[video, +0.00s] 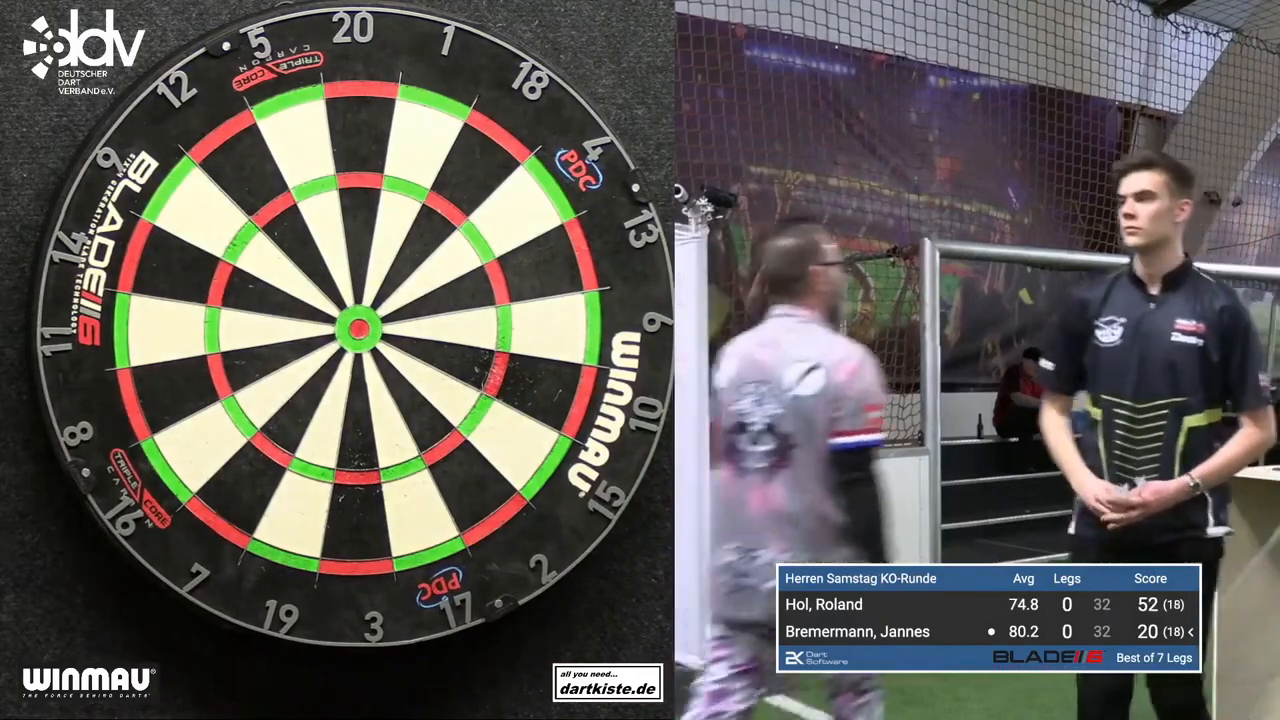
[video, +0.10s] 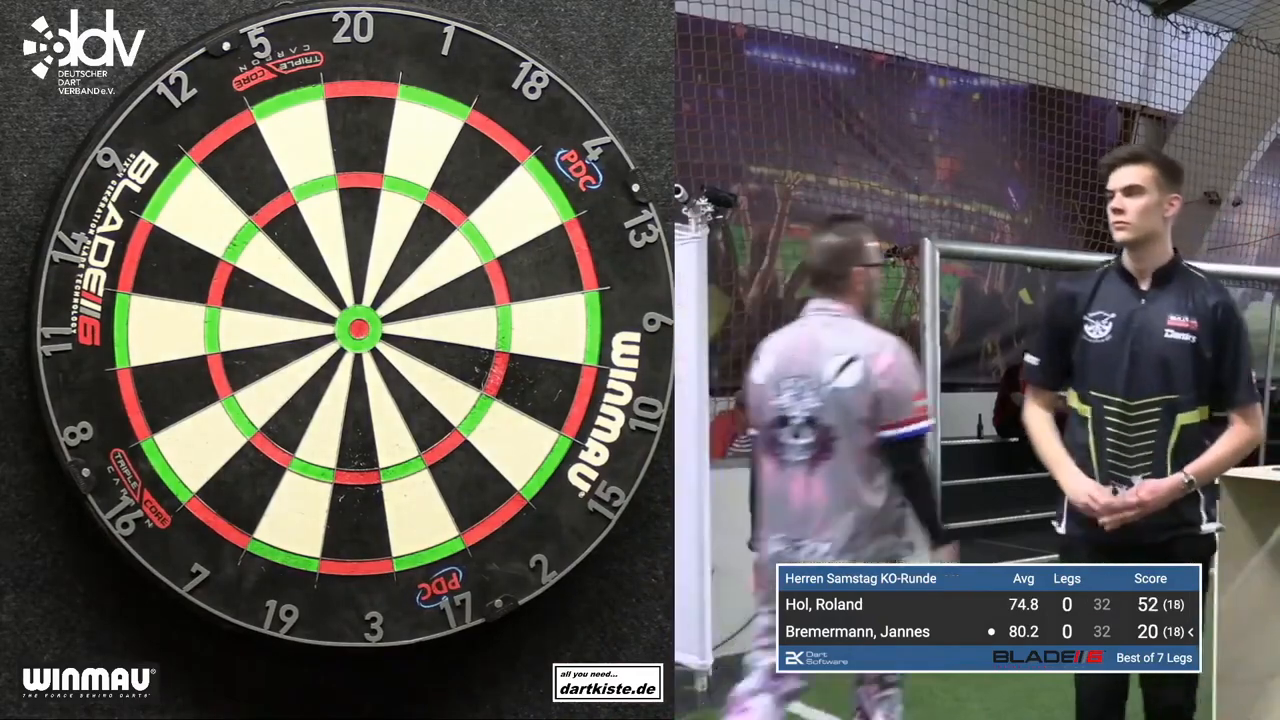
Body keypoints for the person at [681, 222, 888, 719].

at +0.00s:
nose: (844, 274)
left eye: (841, 263)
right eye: (837, 264)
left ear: (773, 278)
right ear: (813, 275)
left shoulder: (732, 355)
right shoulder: (848, 361)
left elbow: (723, 456)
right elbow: (856, 482)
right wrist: (879, 574)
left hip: (740, 559)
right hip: (825, 566)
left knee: (725, 686)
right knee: (856, 685)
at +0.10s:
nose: (879, 276)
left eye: (878, 265)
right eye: (876, 266)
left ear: (816, 273)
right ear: (859, 275)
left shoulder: (768, 352)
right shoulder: (882, 353)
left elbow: (762, 460)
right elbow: (907, 461)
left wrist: (761, 546)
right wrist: (941, 537)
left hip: (784, 549)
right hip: (866, 551)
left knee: (770, 673)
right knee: (879, 679)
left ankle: (746, 714)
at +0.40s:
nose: (950, 278)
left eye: (947, 268)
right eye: (945, 269)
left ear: (887, 277)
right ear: (928, 276)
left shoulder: (849, 352)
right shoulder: (956, 347)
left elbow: (820, 448)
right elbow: (1003, 436)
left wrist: (800, 531)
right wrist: (1039, 503)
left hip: (865, 542)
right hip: (936, 542)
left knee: (900, 662)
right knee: (919, 668)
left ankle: (894, 714)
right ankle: (897, 716)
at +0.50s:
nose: (967, 278)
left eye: (963, 268)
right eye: (961, 269)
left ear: (905, 280)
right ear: (945, 279)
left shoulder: (867, 355)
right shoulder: (973, 349)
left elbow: (843, 449)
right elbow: (1006, 440)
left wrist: (830, 532)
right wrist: (1018, 513)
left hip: (882, 540)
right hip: (952, 540)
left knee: (933, 659)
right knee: (928, 663)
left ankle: (957, 713)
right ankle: (901, 714)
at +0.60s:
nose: (985, 284)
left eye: (981, 274)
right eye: (978, 275)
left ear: (920, 287)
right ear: (960, 285)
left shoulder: (889, 358)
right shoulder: (989, 352)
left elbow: (867, 452)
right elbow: (1018, 435)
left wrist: (866, 534)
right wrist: (1015, 513)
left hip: (902, 539)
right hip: (966, 538)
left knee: (963, 656)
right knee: (938, 663)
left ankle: (975, 709)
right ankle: (911, 714)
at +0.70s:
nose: (1011, 288)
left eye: (1008, 278)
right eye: (1005, 280)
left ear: (955, 291)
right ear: (987, 291)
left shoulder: (922, 361)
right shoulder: (1008, 358)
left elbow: (908, 449)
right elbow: (1036, 439)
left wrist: (912, 529)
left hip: (937, 534)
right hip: (997, 533)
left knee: (960, 650)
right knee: (983, 654)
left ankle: (992, 710)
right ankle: (944, 709)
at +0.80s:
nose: (1026, 288)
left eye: (1024, 278)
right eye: (1020, 279)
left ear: (969, 289)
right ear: (1002, 290)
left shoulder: (945, 357)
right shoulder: (1012, 350)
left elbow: (939, 443)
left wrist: (951, 515)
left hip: (956, 525)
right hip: (1007, 529)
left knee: (1002, 652)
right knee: (1021, 656)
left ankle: (1003, 709)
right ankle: (972, 712)